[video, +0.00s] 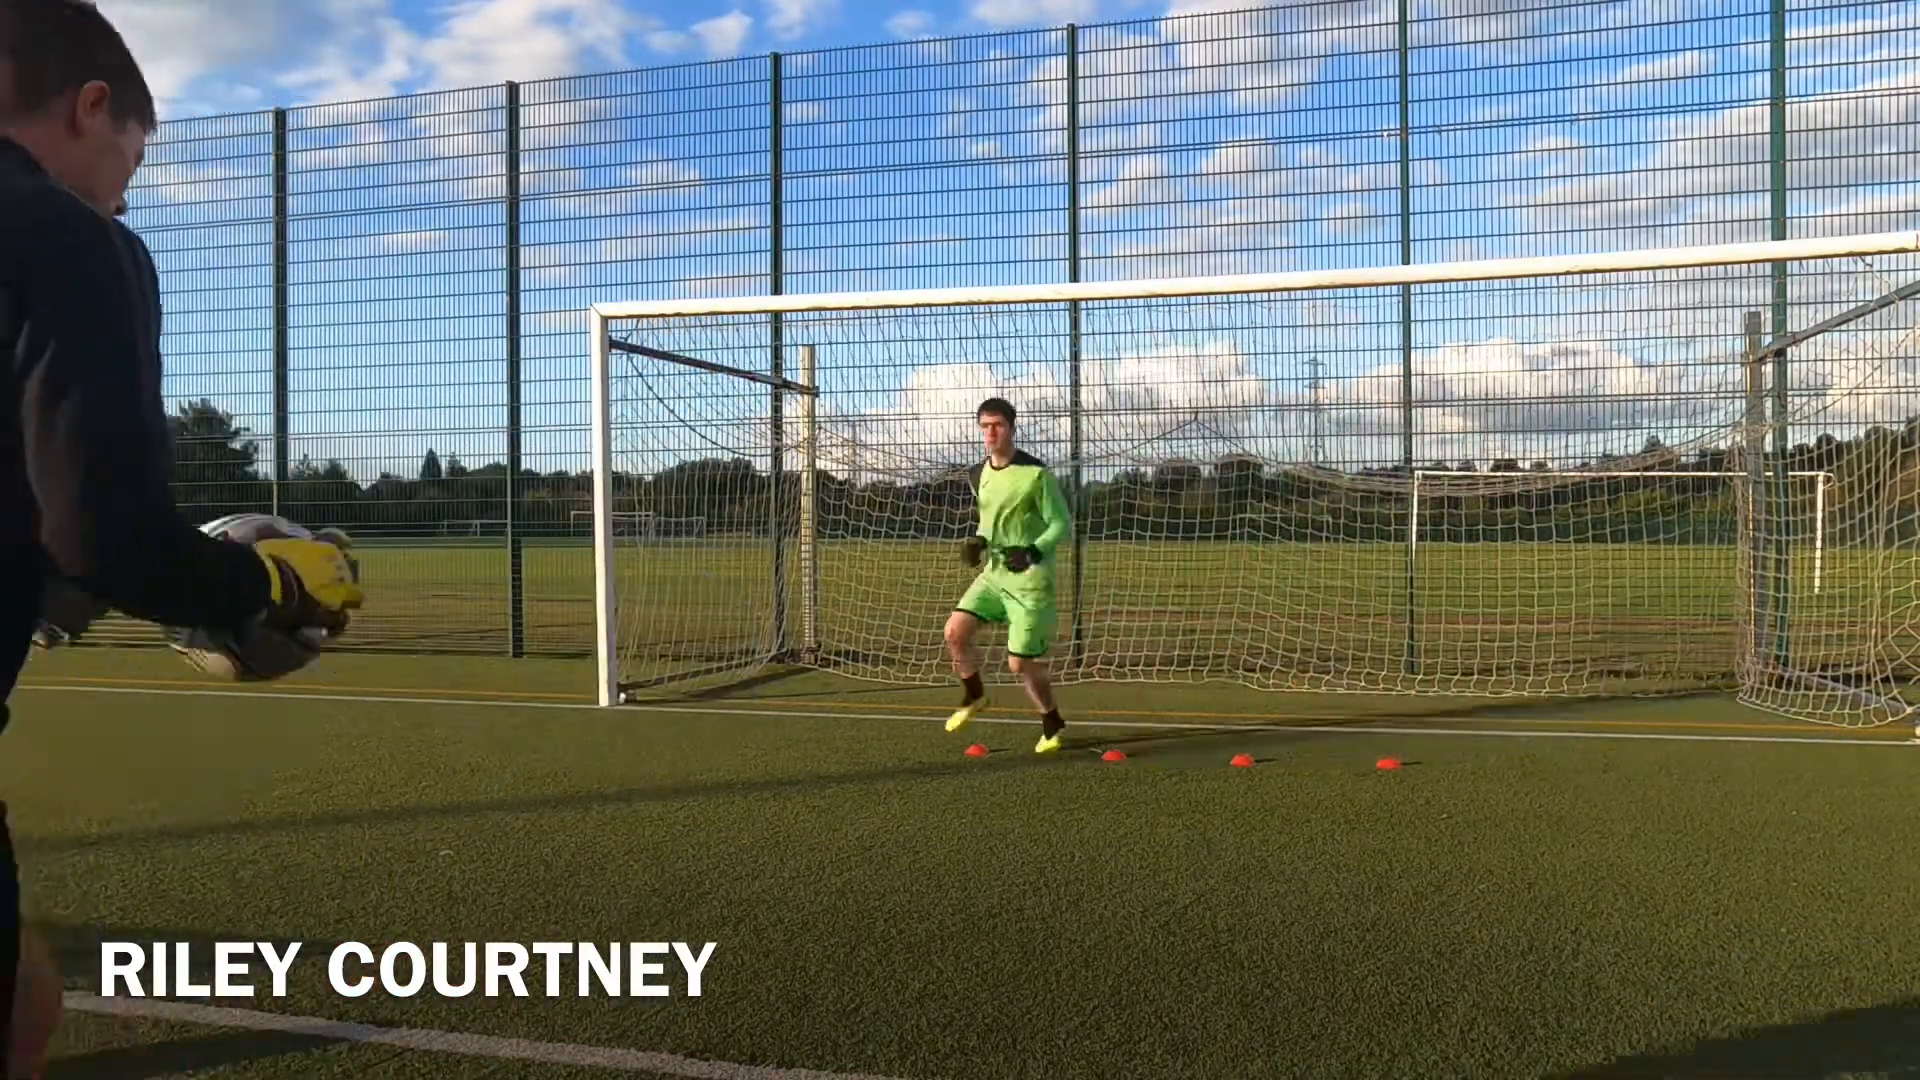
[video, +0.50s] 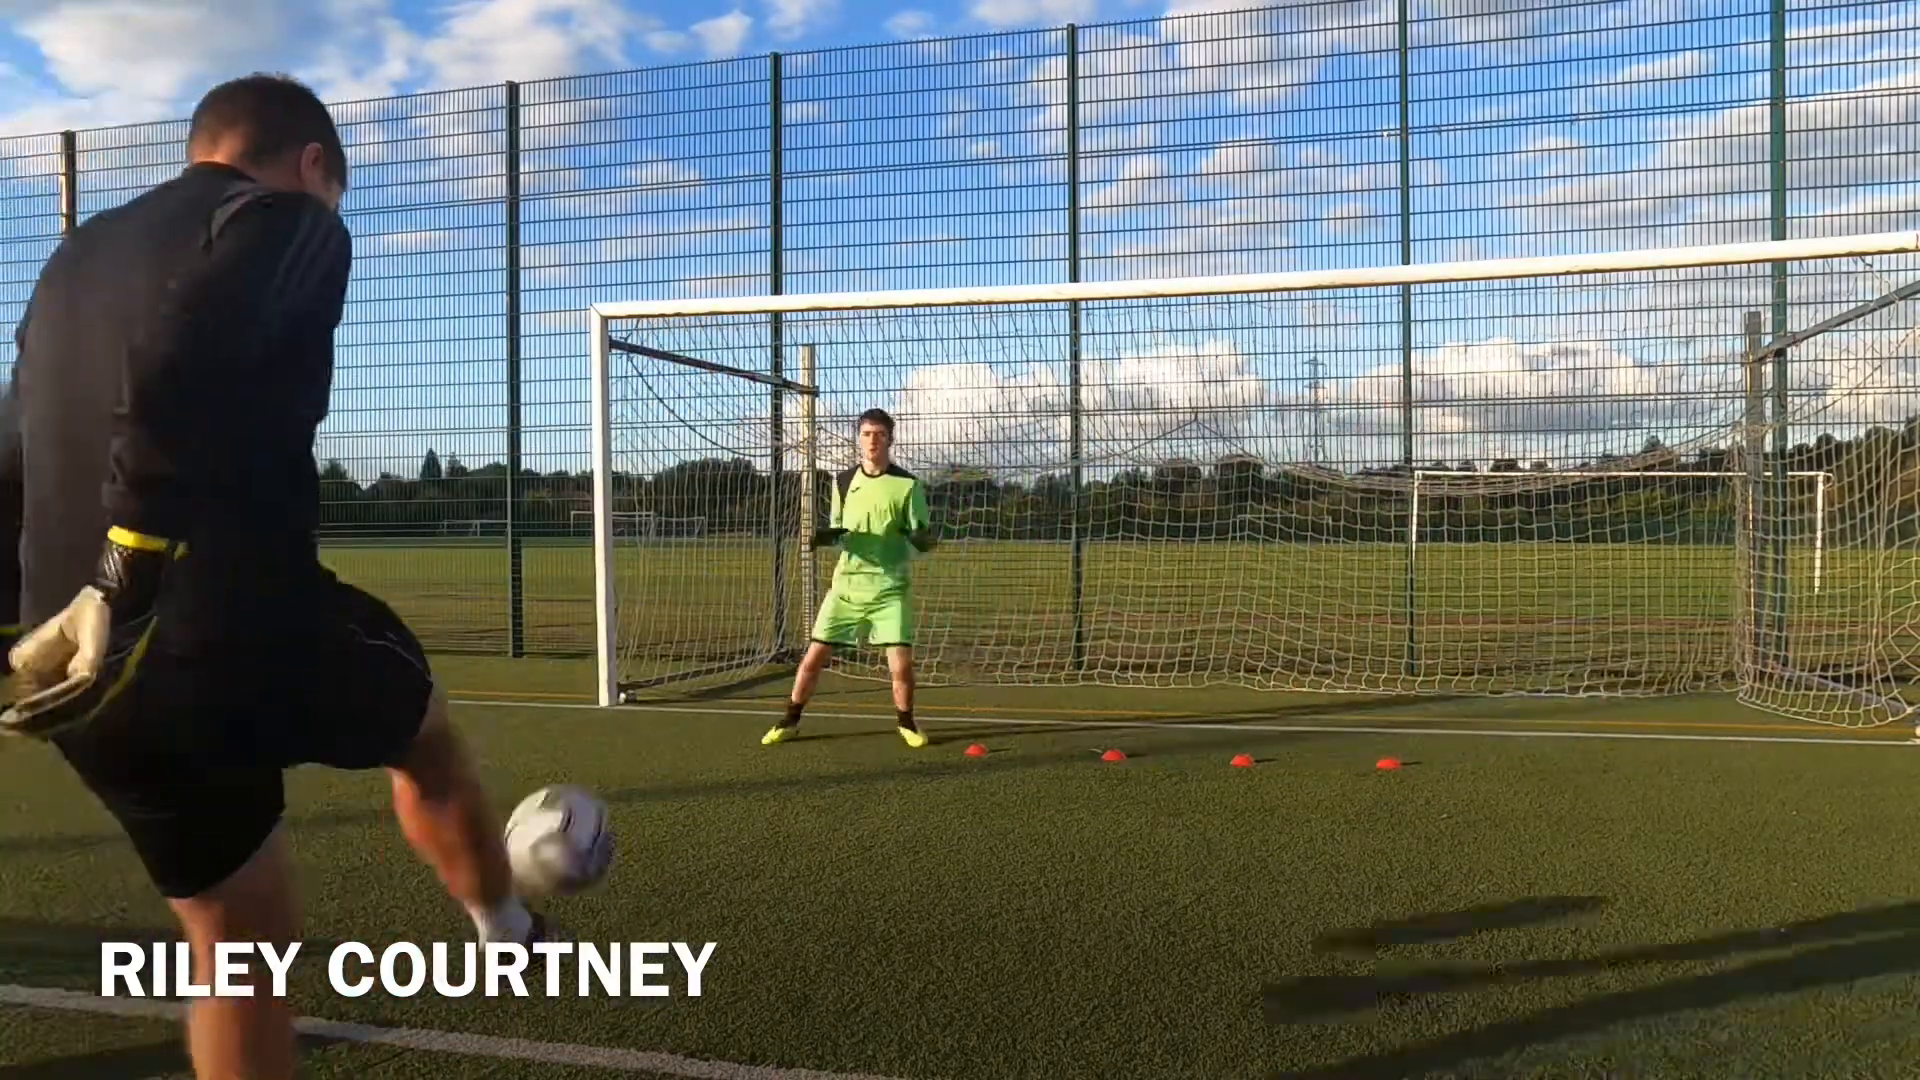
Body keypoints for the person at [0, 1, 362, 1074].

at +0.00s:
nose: (125, 190)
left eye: (136, 166)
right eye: (131, 157)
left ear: (38, 106)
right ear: (88, 107)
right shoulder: (71, 247)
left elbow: (47, 541)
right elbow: (106, 536)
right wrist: (247, 592)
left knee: (28, 996)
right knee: (24, 1001)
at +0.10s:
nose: (182, 216)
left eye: (192, 190)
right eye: (188, 182)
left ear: (28, 134)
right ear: (145, 141)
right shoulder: (115, 259)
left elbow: (109, 518)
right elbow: (142, 523)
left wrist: (258, 554)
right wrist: (317, 585)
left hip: (10, 746)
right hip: (5, 748)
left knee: (102, 946)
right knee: (93, 967)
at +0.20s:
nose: (238, 213)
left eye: (244, 189)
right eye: (240, 184)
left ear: (87, 147)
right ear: (199, 147)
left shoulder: (8, 235)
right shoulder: (196, 257)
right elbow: (198, 467)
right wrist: (345, 600)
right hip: (61, 693)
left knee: (160, 945)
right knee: (38, 1006)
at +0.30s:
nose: (277, 219)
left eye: (282, 192)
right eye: (278, 188)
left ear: (132, 165)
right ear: (239, 165)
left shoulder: (18, 270)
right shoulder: (241, 262)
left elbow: (20, 477)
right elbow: (216, 442)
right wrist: (308, 641)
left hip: (12, 683)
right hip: (148, 693)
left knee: (237, 1002)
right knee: (129, 1041)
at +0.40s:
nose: (306, 225)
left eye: (308, 205)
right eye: (309, 200)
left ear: (170, 169)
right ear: (277, 169)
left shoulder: (42, 277)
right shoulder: (265, 248)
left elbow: (18, 474)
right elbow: (191, 427)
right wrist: (195, 654)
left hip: (49, 687)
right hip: (212, 679)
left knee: (218, 927)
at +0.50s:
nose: (332, 215)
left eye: (335, 198)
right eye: (336, 193)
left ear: (203, 161)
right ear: (305, 162)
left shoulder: (74, 255)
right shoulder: (293, 224)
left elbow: (16, 455)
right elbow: (193, 370)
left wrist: (25, 618)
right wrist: (122, 582)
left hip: (79, 653)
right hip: (242, 624)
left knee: (234, 937)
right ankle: (508, 933)